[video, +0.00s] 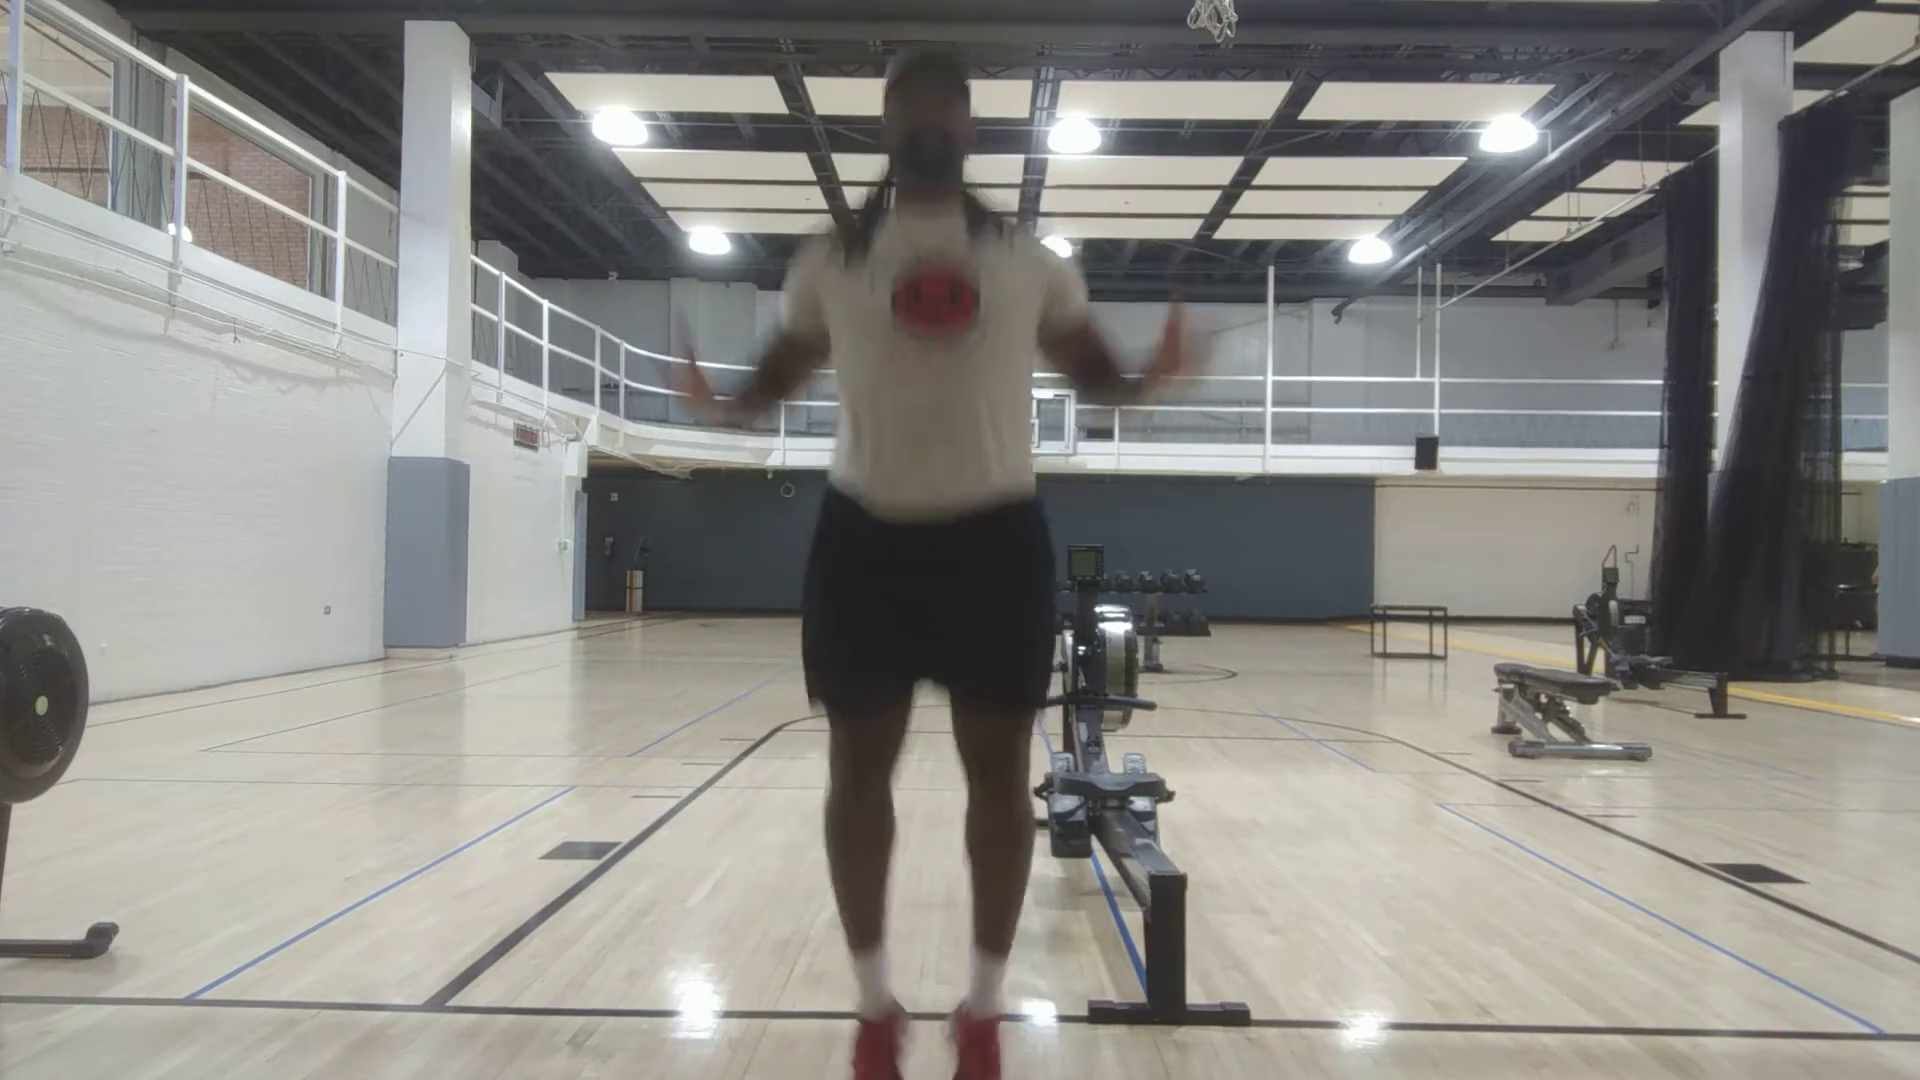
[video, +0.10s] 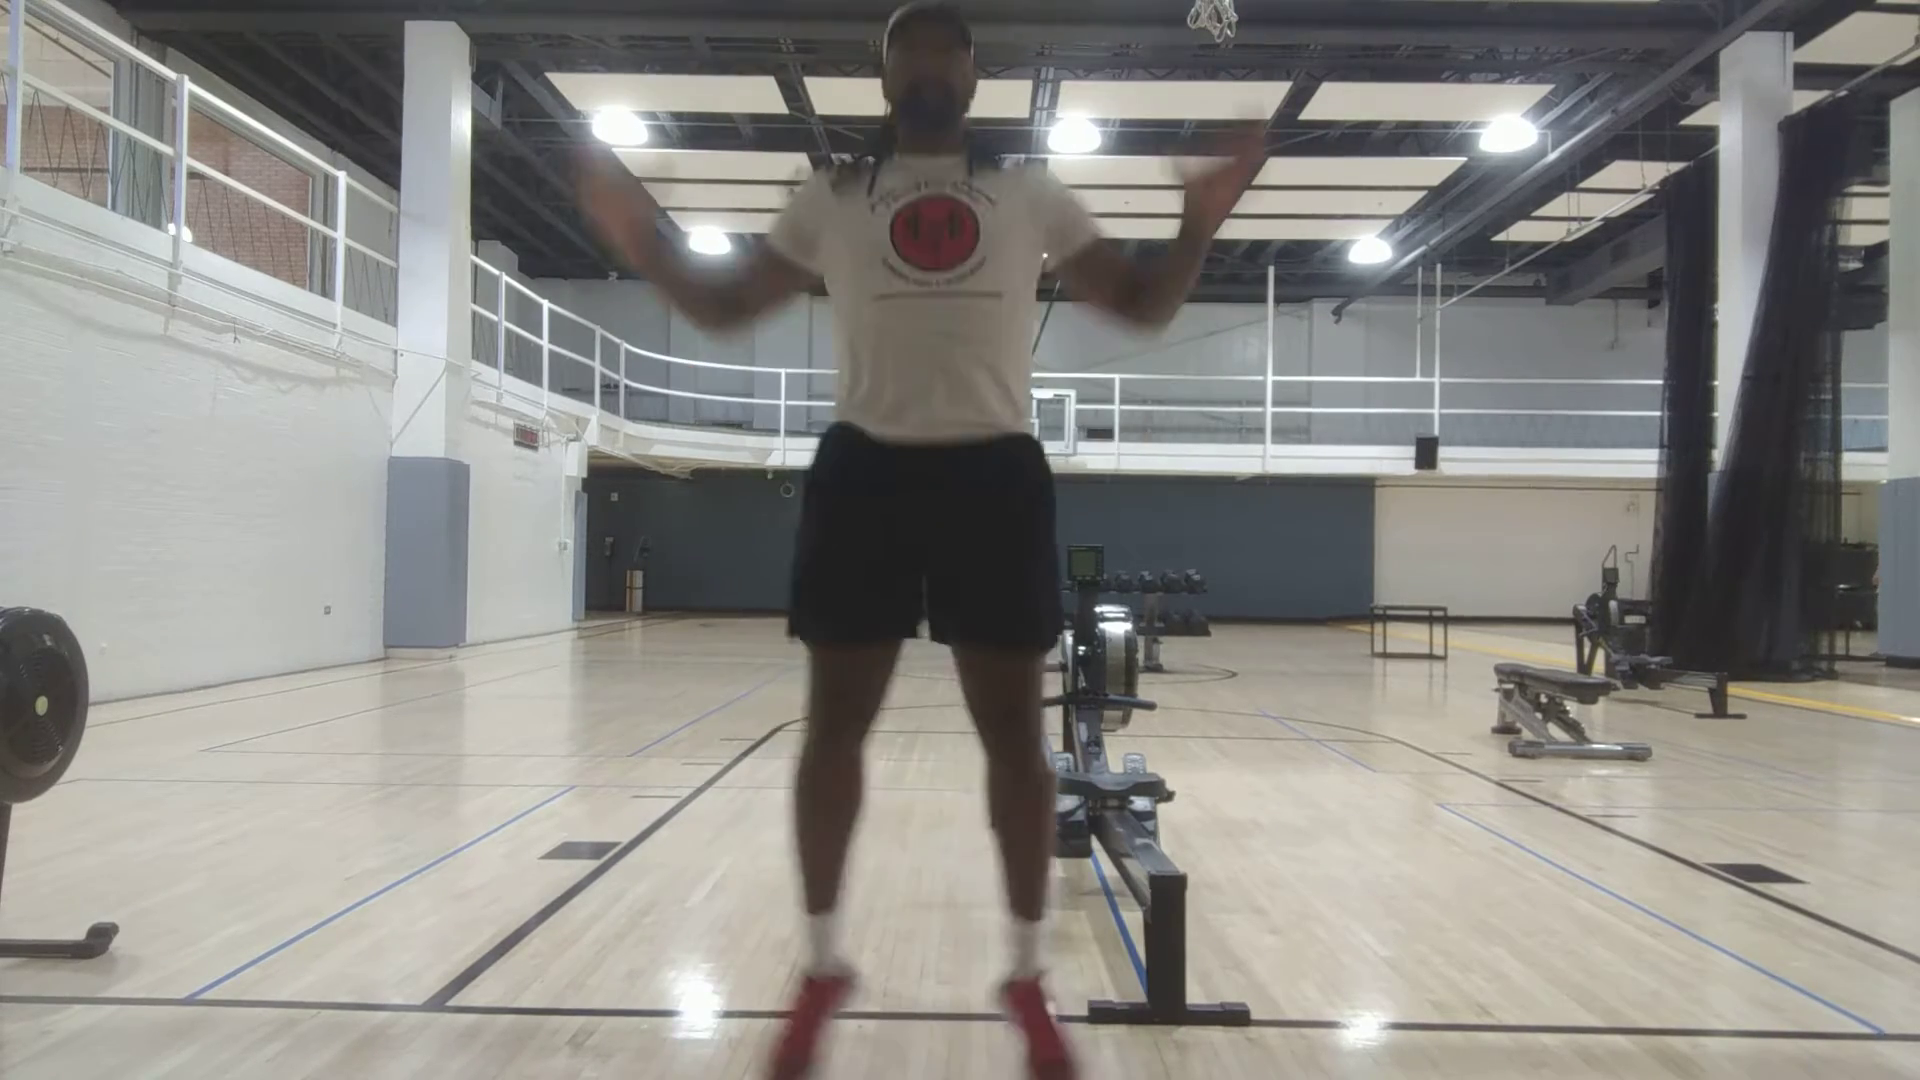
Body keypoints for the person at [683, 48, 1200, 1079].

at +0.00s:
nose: (932, 119)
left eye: (949, 101)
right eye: (914, 101)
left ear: (972, 123)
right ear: (884, 121)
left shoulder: (1029, 261)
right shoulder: (832, 259)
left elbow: (1100, 380)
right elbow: (779, 378)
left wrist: (1153, 375)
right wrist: (729, 400)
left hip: (996, 535)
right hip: (868, 536)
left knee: (1000, 773)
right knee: (859, 769)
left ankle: (983, 1005)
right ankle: (876, 1004)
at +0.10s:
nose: (925, 60)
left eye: (945, 45)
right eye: (907, 45)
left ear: (976, 75)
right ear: (881, 73)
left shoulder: (1031, 195)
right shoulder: (833, 196)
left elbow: (1144, 304)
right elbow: (722, 308)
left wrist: (1199, 222)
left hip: (995, 480)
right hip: (864, 479)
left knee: (1012, 727)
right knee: (833, 725)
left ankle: (1025, 975)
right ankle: (822, 965)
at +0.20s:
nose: (929, 75)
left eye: (947, 58)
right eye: (909, 58)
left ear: (977, 80)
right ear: (882, 83)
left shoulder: (1034, 191)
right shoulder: (828, 193)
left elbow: (1175, 243)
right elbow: (680, 242)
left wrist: (1186, 99)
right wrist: (637, 112)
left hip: (996, 482)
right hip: (859, 478)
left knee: (1043, 737)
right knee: (798, 729)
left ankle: (1083, 979)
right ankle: (746, 970)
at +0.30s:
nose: (925, 135)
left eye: (942, 120)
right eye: (908, 120)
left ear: (971, 145)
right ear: (880, 144)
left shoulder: (1031, 244)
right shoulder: (825, 247)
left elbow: (1175, 218)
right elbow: (677, 224)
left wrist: (1105, 86)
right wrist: (716, 82)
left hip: (992, 553)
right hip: (854, 550)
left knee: (1063, 804)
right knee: (767, 797)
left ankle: (1122, 1014)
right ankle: (694, 1011)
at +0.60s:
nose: (925, 91)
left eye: (944, 75)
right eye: (907, 74)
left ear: (975, 96)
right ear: (878, 94)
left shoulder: (1027, 198)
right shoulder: (826, 196)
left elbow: (1155, 270)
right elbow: (690, 238)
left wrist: (1218, 170)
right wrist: (648, 126)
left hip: (993, 498)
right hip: (857, 494)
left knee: (1033, 747)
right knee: (803, 735)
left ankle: (1070, 988)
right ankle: (768, 974)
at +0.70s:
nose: (935, 53)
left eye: (955, 40)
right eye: (916, 38)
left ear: (981, 72)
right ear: (883, 67)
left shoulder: (1030, 188)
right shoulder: (829, 187)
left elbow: (1108, 312)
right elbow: (735, 292)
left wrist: (1179, 284)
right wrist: (681, 260)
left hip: (992, 479)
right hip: (859, 476)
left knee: (1003, 741)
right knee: (841, 735)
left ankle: (991, 985)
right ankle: (848, 981)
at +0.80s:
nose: (933, 105)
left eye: (951, 88)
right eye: (916, 88)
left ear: (979, 109)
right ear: (886, 108)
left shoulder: (1032, 252)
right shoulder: (832, 245)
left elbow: (1066, 383)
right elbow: (782, 378)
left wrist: (1092, 400)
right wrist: (771, 367)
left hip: (992, 529)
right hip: (866, 525)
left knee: (988, 802)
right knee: (860, 790)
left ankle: (964, 1024)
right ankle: (872, 1025)